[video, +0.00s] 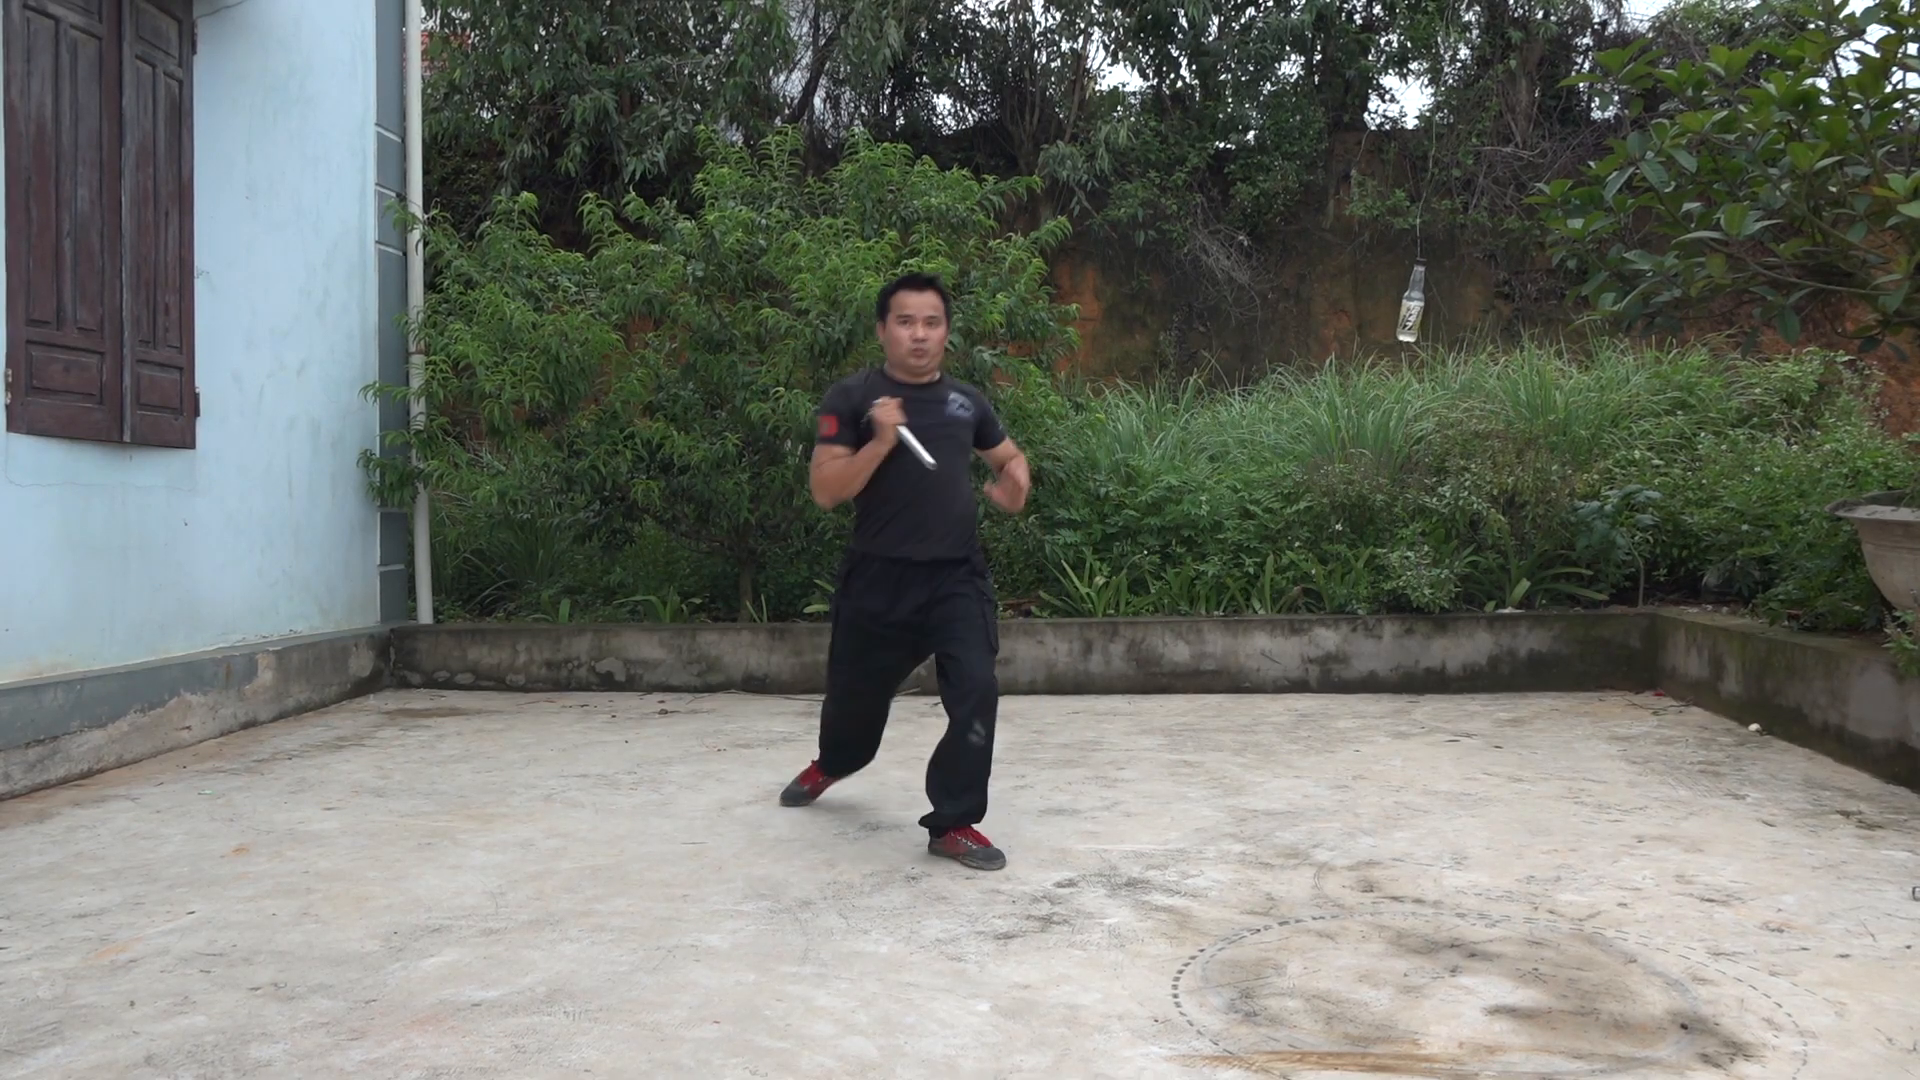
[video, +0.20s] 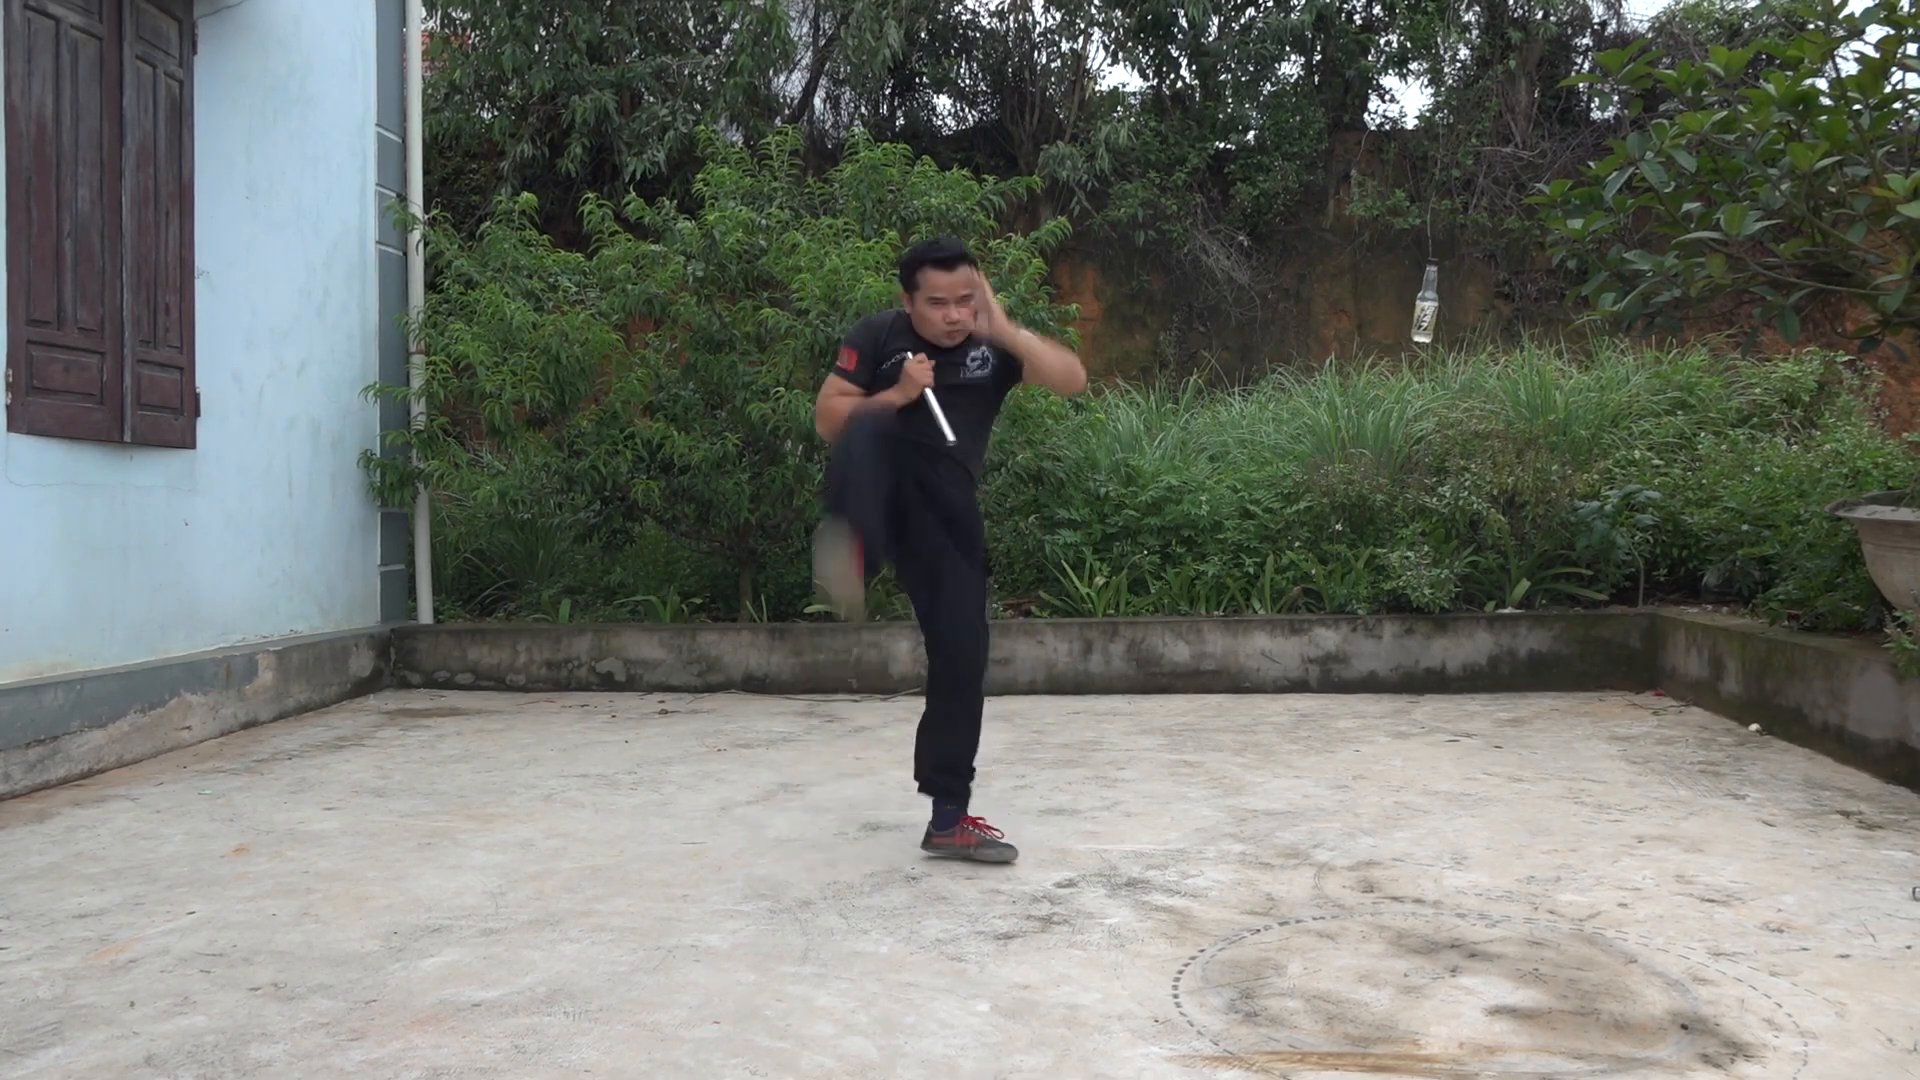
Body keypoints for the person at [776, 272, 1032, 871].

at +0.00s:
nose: (919, 334)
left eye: (931, 323)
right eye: (906, 322)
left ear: (947, 334)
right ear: (882, 331)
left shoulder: (967, 403)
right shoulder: (851, 399)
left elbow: (1010, 460)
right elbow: (826, 489)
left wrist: (1013, 484)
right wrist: (881, 442)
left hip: (955, 579)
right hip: (876, 578)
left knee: (976, 691)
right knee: (851, 704)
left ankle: (952, 825)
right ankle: (832, 765)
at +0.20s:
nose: (955, 313)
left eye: (965, 299)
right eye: (939, 302)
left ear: (980, 296)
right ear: (909, 301)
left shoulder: (997, 346)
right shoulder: (879, 335)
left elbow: (1074, 377)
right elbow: (829, 418)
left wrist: (1007, 333)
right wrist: (895, 394)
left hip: (948, 519)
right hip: (880, 500)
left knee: (961, 655)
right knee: (869, 425)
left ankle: (949, 818)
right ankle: (849, 561)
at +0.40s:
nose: (997, 312)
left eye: (1005, 298)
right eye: (980, 299)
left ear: (1013, 301)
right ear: (946, 303)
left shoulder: (1004, 359)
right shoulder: (925, 341)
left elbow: (1078, 366)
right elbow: (862, 393)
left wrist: (1090, 330)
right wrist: (942, 432)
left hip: (907, 552)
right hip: (872, 506)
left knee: (935, 670)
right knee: (868, 450)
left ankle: (948, 839)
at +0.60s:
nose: (973, 330)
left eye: (981, 322)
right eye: (959, 316)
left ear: (979, 335)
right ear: (918, 320)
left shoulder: (940, 386)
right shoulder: (915, 362)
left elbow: (900, 480)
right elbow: (1005, 420)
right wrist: (1063, 488)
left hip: (922, 587)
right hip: (864, 577)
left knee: (973, 687)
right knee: (837, 724)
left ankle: (960, 841)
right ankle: (771, 898)